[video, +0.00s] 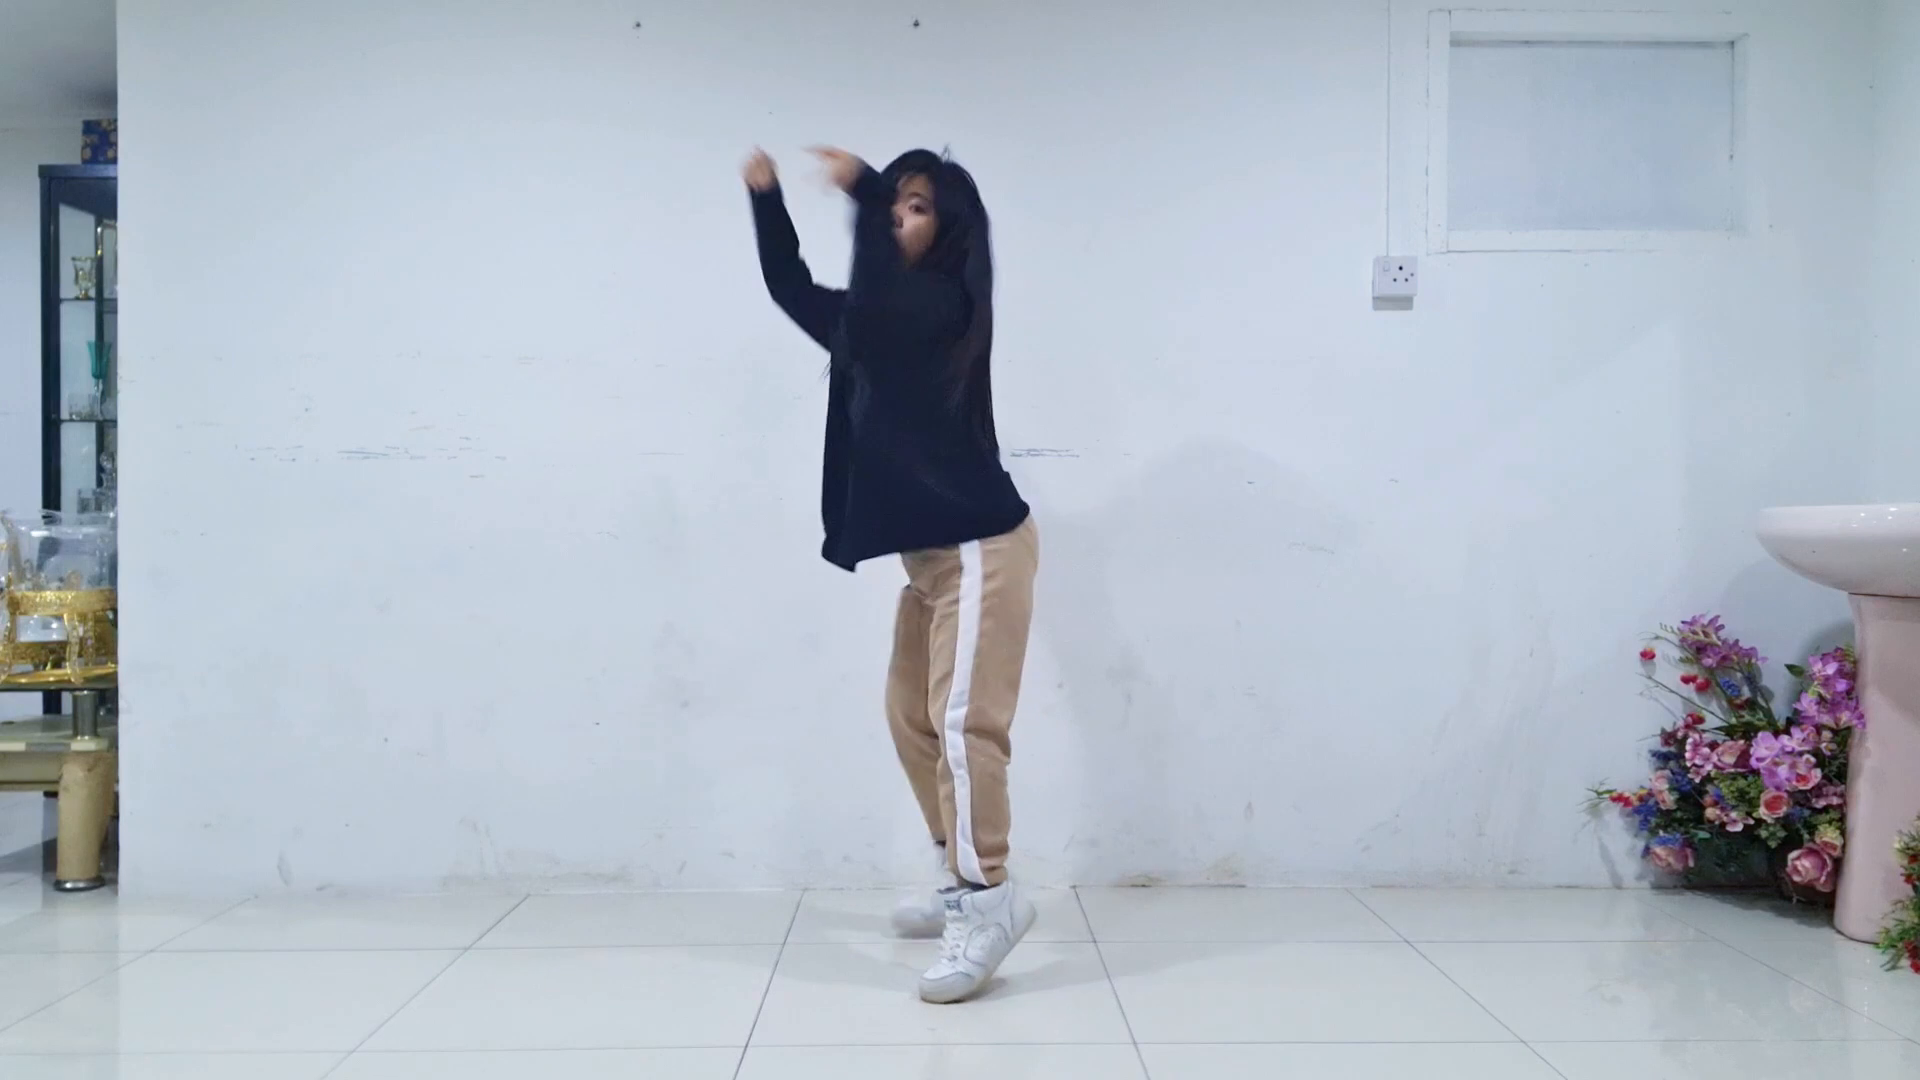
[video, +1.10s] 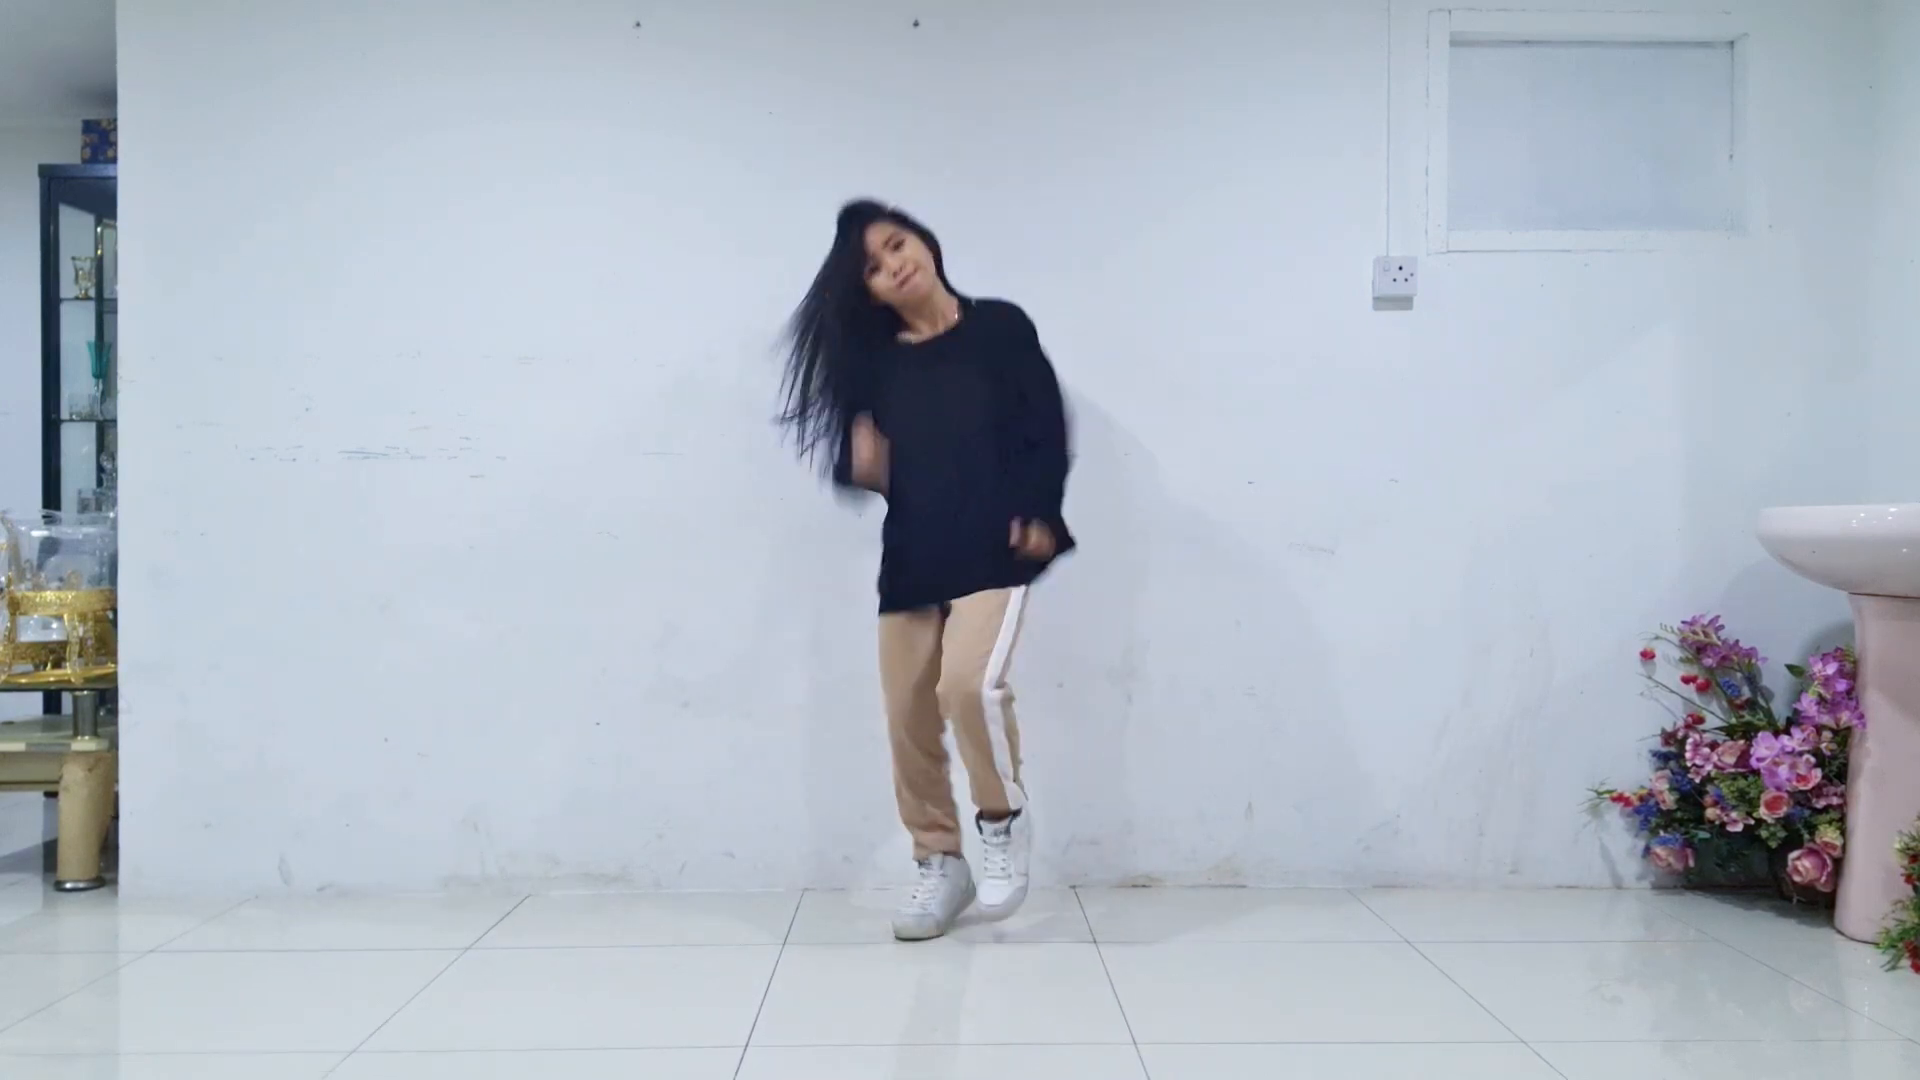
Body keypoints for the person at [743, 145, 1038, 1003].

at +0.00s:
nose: (902, 218)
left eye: (922, 205)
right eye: (893, 205)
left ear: (953, 224)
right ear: (879, 218)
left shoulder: (952, 296)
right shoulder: (865, 316)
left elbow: (883, 298)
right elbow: (788, 282)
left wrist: (866, 198)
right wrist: (766, 200)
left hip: (985, 547)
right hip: (928, 558)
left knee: (967, 719)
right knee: (913, 716)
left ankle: (990, 901)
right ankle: (963, 881)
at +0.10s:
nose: (908, 241)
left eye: (926, 228)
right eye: (894, 227)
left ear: (955, 242)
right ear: (876, 241)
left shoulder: (969, 319)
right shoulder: (872, 331)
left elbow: (943, 345)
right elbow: (807, 364)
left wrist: (918, 280)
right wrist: (791, 297)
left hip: (979, 575)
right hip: (906, 581)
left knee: (958, 731)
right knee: (903, 741)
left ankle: (959, 906)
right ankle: (953, 879)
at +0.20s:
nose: (901, 300)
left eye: (921, 286)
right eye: (892, 286)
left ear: (955, 304)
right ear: (877, 302)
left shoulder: (983, 393)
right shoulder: (877, 403)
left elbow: (993, 485)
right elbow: (853, 511)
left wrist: (958, 392)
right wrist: (834, 439)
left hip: (973, 630)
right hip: (892, 632)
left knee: (974, 743)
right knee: (898, 776)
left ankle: (938, 911)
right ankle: (951, 886)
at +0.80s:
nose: (919, 255)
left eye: (931, 240)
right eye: (903, 249)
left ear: (960, 252)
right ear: (888, 273)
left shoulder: (1000, 346)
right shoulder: (883, 372)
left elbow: (1051, 376)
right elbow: (879, 477)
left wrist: (996, 294)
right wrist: (808, 428)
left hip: (976, 585)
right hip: (892, 587)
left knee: (962, 739)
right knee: (912, 748)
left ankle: (965, 910)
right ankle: (948, 881)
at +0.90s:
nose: (888, 289)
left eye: (890, 271)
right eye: (871, 295)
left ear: (924, 273)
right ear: (876, 327)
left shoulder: (1006, 343)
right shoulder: (895, 396)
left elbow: (1064, 411)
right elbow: (874, 498)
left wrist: (991, 398)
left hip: (978, 597)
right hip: (888, 601)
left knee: (973, 732)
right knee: (902, 748)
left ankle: (969, 901)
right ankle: (938, 873)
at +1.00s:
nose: (895, 286)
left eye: (897, 268)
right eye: (876, 291)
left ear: (924, 269)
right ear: (871, 321)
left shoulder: (1002, 347)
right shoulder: (880, 385)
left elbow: (1027, 455)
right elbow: (863, 484)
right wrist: (858, 569)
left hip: (983, 571)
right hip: (899, 579)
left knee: (977, 689)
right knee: (908, 728)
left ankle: (983, 858)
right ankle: (935, 868)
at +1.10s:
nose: (894, 262)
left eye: (897, 244)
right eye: (876, 264)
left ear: (926, 243)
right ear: (869, 290)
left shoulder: (999, 324)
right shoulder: (874, 360)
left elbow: (1047, 420)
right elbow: (867, 467)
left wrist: (1042, 505)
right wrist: (863, 463)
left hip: (996, 541)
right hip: (913, 548)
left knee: (965, 687)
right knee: (908, 711)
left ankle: (997, 825)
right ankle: (939, 864)